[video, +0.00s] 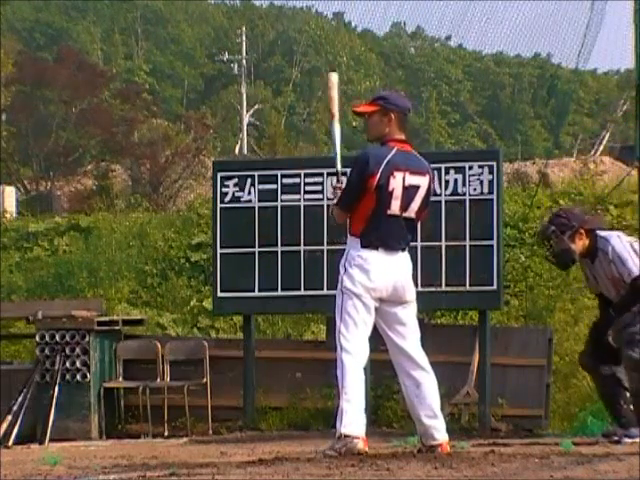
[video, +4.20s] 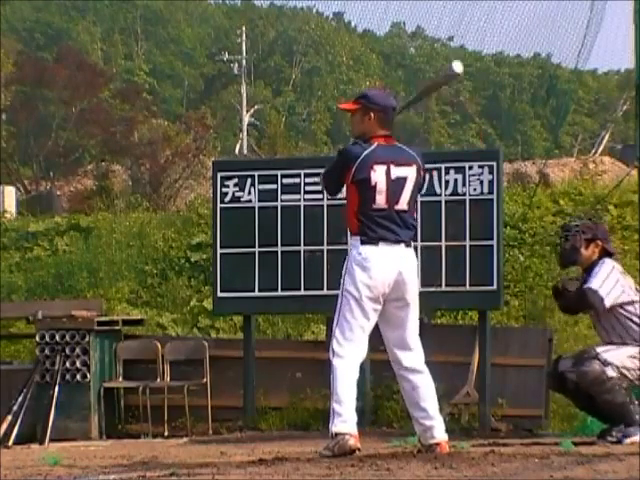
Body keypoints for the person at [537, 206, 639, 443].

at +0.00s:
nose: (555, 251)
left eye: (560, 242)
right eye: (553, 244)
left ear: (581, 235)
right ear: (579, 237)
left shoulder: (613, 244)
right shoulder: (586, 258)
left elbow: (637, 284)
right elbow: (606, 302)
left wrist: (616, 322)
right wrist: (599, 337)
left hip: (636, 308)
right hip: (621, 313)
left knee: (628, 339)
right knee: (594, 358)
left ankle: (633, 425)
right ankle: (627, 424)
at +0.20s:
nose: (555, 265)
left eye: (561, 259)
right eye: (554, 259)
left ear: (581, 257)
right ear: (580, 258)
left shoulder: (610, 271)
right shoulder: (585, 286)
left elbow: (631, 315)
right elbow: (596, 327)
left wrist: (599, 350)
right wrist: (590, 355)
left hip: (634, 333)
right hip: (616, 337)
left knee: (620, 357)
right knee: (578, 366)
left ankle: (633, 425)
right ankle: (625, 424)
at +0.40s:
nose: (561, 274)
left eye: (567, 269)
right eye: (562, 268)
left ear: (585, 270)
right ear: (583, 270)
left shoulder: (610, 289)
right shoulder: (585, 301)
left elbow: (626, 337)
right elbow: (587, 343)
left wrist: (598, 358)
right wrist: (583, 365)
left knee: (612, 364)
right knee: (566, 371)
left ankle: (634, 425)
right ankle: (620, 423)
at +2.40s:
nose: (567, 283)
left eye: (575, 278)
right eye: (567, 277)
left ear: (597, 282)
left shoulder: (612, 300)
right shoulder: (585, 309)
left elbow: (620, 349)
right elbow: (589, 353)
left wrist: (582, 355)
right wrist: (569, 355)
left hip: (633, 374)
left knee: (608, 368)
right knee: (559, 380)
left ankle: (633, 424)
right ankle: (618, 423)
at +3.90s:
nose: (576, 278)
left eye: (583, 272)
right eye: (576, 272)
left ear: (605, 277)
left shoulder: (619, 301)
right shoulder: (595, 308)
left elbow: (627, 355)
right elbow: (596, 352)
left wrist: (576, 346)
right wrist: (570, 344)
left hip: (633, 378)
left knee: (599, 370)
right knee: (559, 373)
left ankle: (633, 425)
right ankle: (619, 424)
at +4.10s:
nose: (571, 266)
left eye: (579, 261)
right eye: (571, 260)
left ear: (598, 265)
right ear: (596, 267)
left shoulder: (609, 287)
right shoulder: (597, 291)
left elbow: (605, 328)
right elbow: (587, 333)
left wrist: (571, 317)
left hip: (632, 366)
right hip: (618, 363)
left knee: (595, 374)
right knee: (560, 375)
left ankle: (633, 424)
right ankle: (620, 424)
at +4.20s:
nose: (569, 247)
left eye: (576, 242)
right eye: (568, 241)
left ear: (596, 248)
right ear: (594, 249)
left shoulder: (607, 268)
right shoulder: (593, 273)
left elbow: (588, 300)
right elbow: (575, 306)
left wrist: (565, 299)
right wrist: (566, 297)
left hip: (635, 349)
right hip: (621, 349)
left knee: (588, 366)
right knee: (561, 371)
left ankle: (634, 423)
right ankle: (620, 422)